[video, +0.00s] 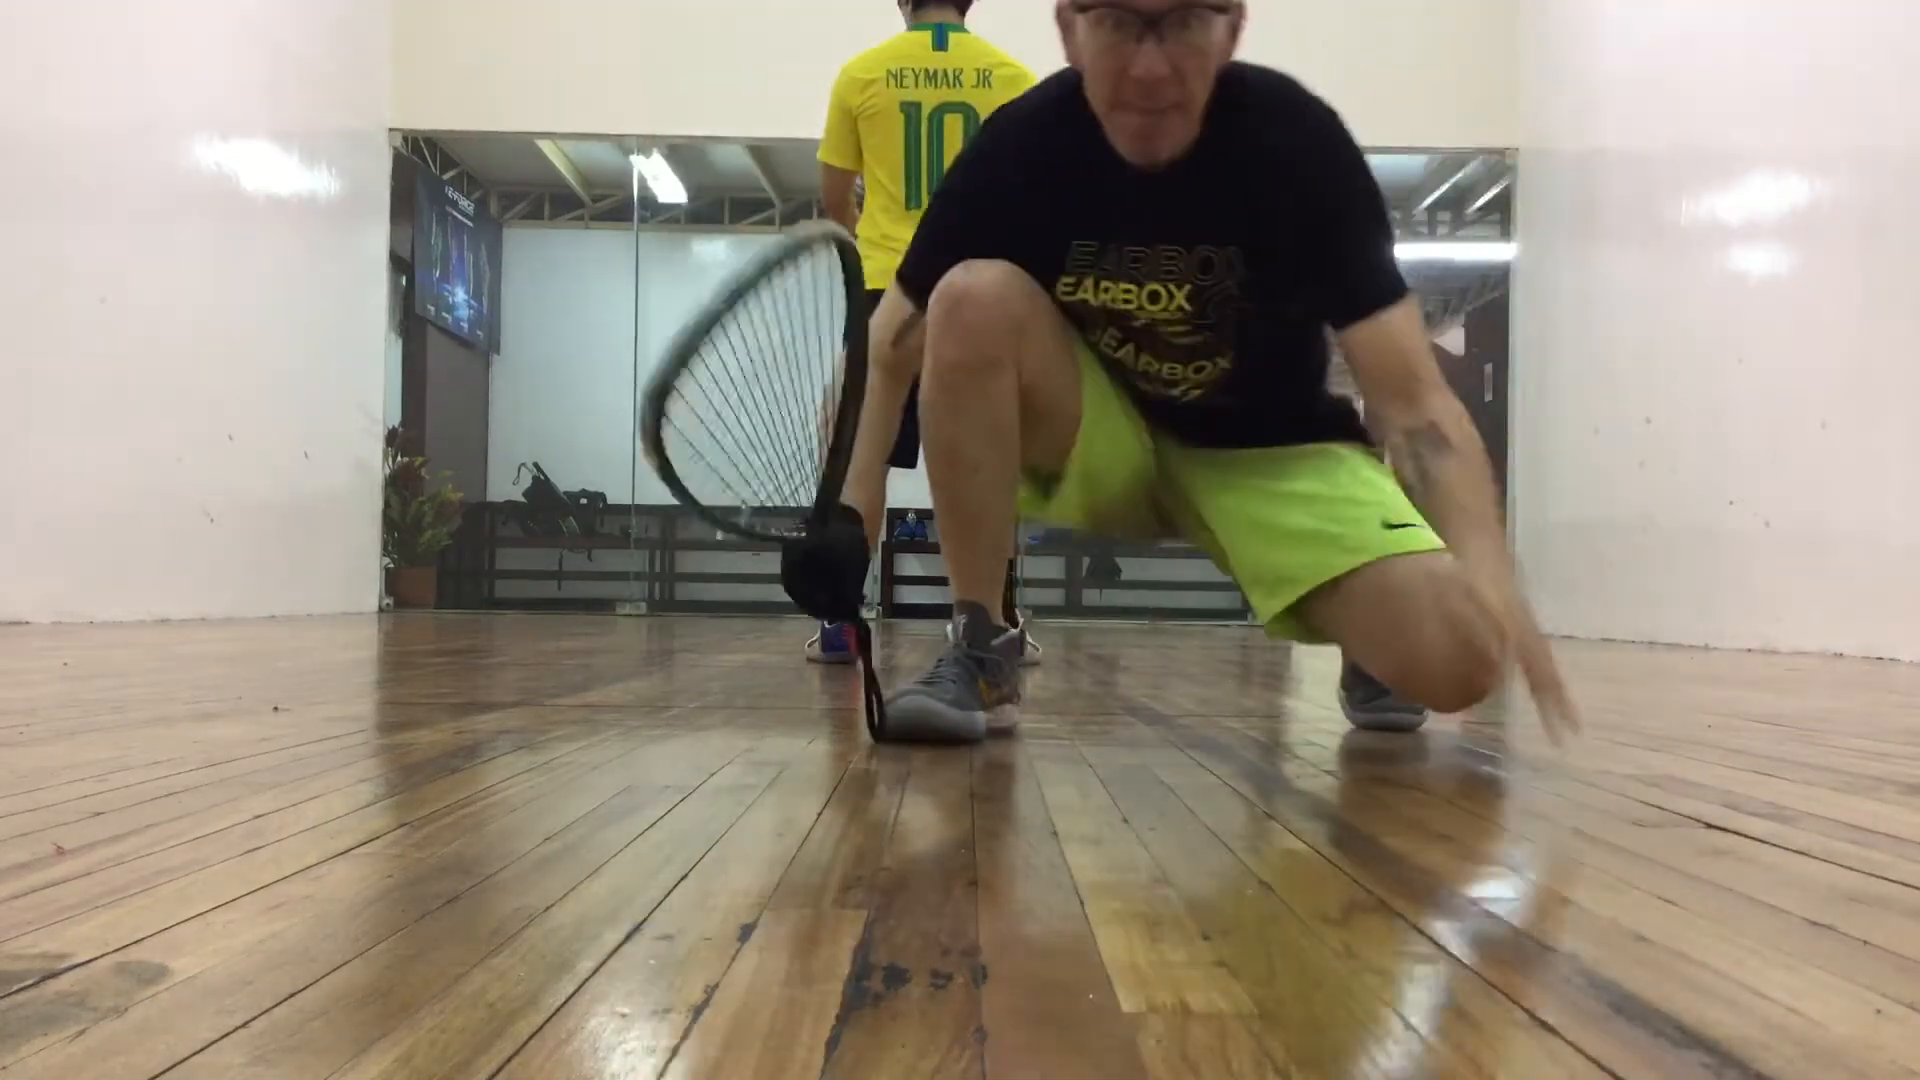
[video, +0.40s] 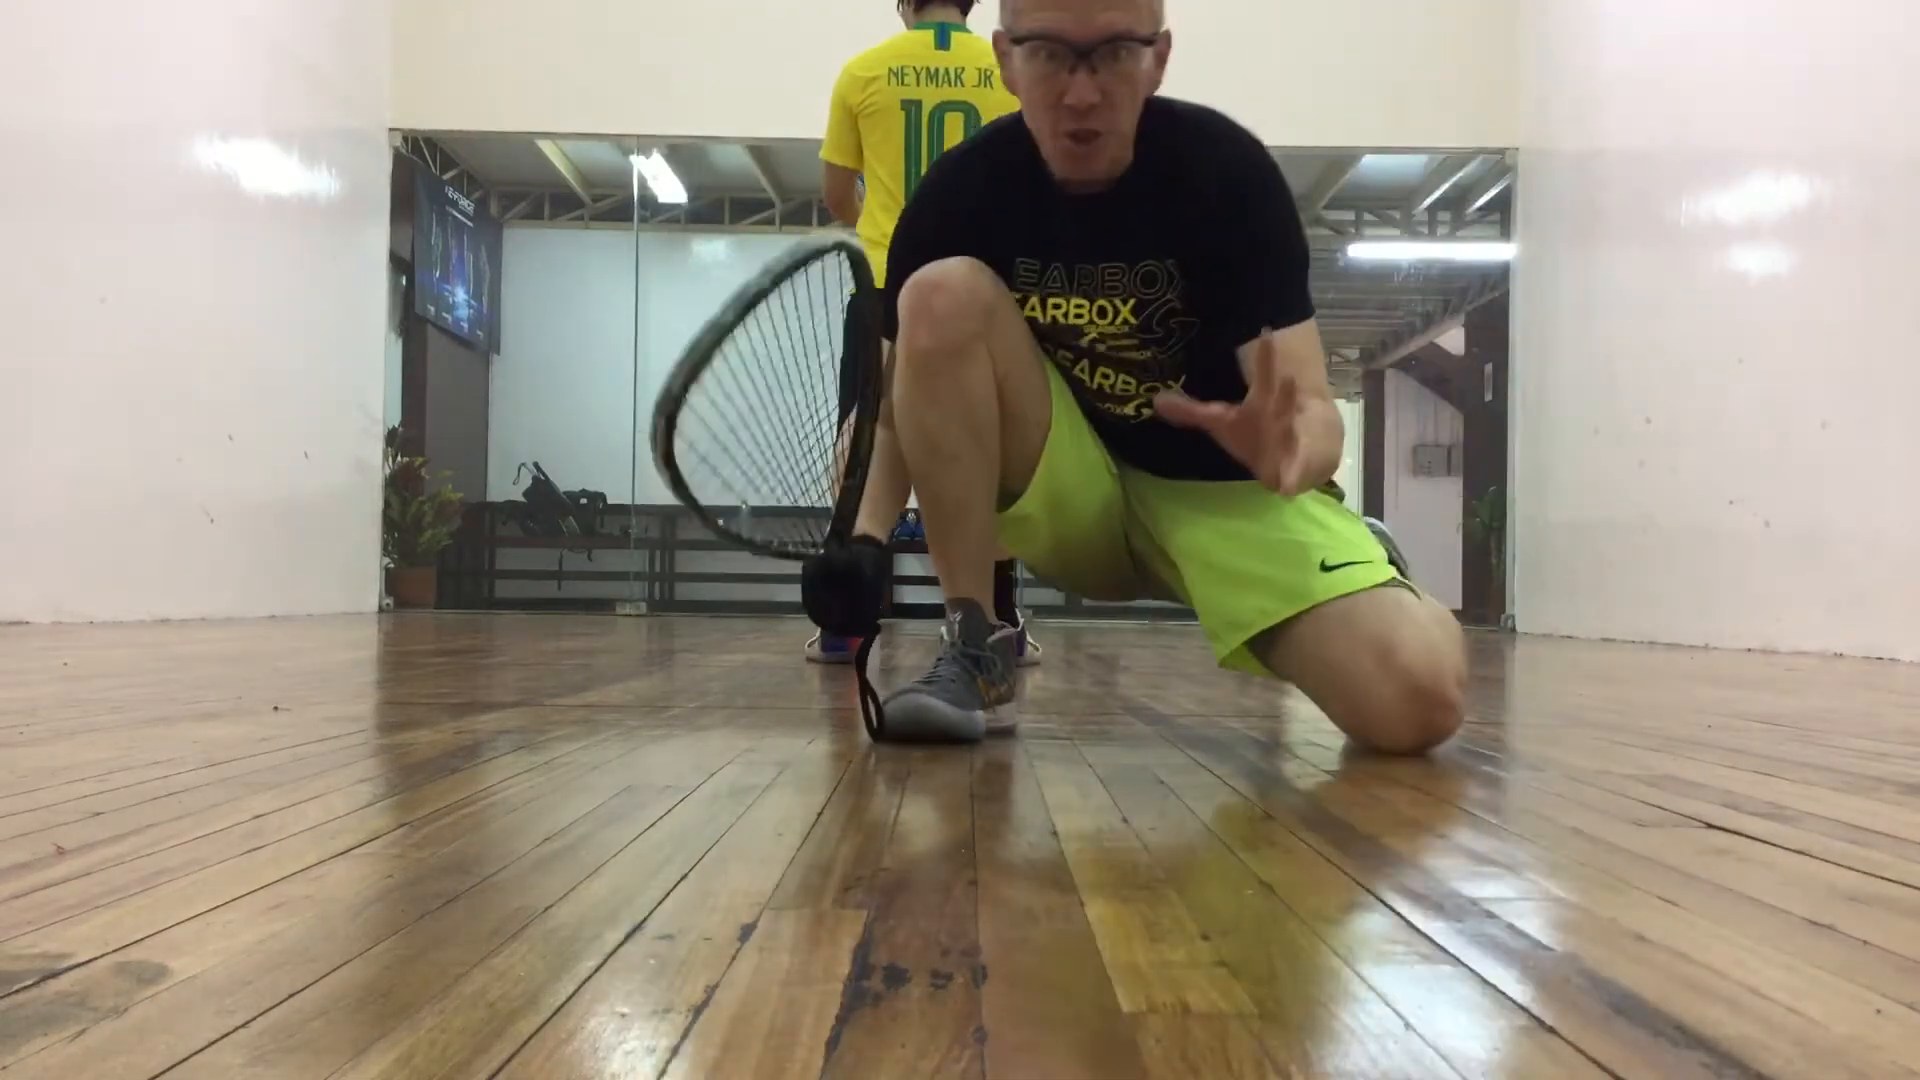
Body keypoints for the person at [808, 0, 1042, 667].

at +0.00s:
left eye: (902, 13)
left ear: (903, 8)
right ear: (969, 8)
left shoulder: (861, 74)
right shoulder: (1015, 77)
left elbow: (835, 196)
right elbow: (1041, 182)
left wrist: (868, 245)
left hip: (887, 293)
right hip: (983, 293)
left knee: (854, 447)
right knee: (987, 445)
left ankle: (839, 619)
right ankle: (1000, 619)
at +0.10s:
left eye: (899, 10)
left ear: (904, 7)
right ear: (969, 8)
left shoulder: (862, 74)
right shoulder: (1015, 77)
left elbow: (837, 198)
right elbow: (1038, 182)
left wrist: (876, 233)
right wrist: (1004, 237)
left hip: (882, 286)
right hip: (982, 289)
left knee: (857, 443)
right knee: (985, 443)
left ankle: (836, 621)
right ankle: (1000, 620)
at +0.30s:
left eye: (900, 10)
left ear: (904, 8)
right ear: (971, 10)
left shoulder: (863, 73)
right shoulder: (1008, 70)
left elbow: (837, 195)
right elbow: (1034, 175)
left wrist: (873, 232)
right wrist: (1008, 234)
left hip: (889, 281)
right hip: (988, 282)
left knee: (873, 424)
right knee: (990, 435)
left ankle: (847, 613)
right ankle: (999, 619)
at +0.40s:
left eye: (899, 11)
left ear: (904, 8)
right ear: (971, 9)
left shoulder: (863, 73)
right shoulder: (1010, 61)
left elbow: (839, 197)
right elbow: (1034, 171)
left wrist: (878, 225)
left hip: (889, 281)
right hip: (990, 282)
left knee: (865, 433)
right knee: (991, 439)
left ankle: (844, 616)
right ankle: (1001, 622)